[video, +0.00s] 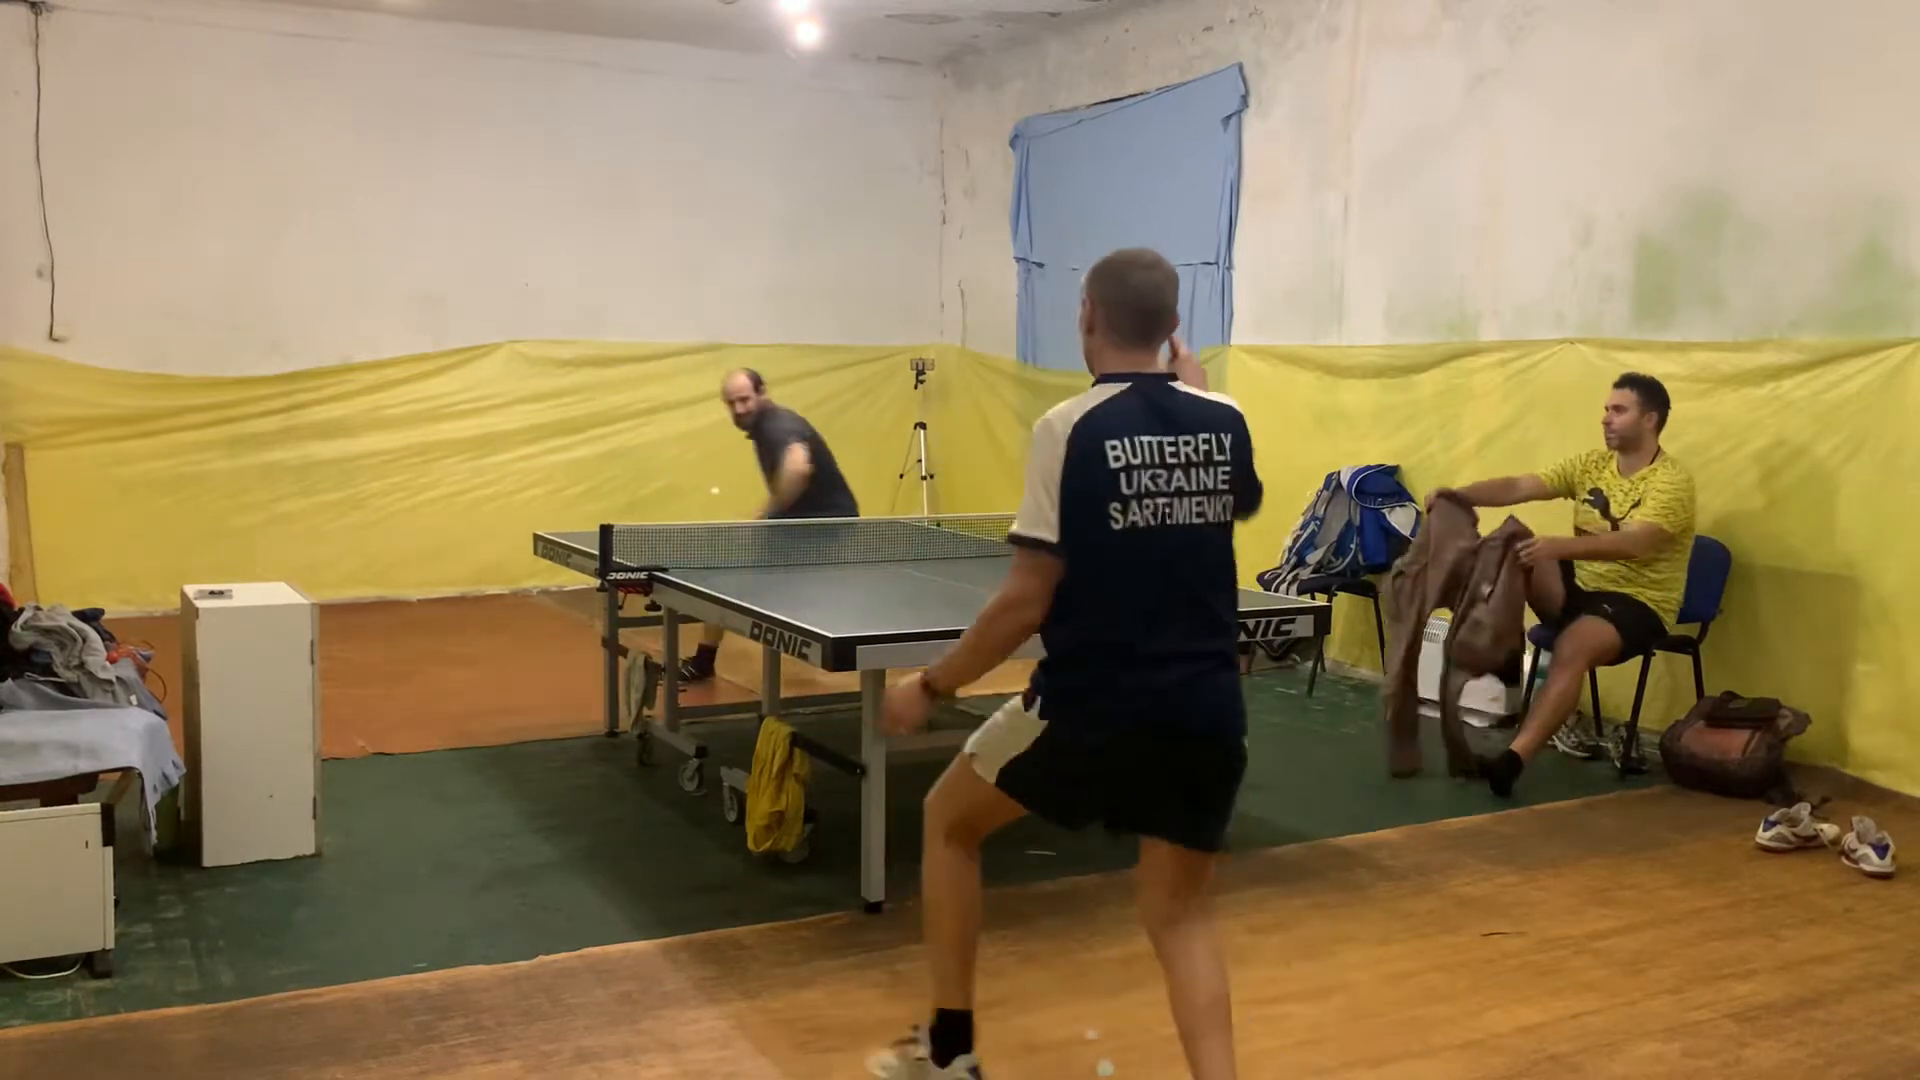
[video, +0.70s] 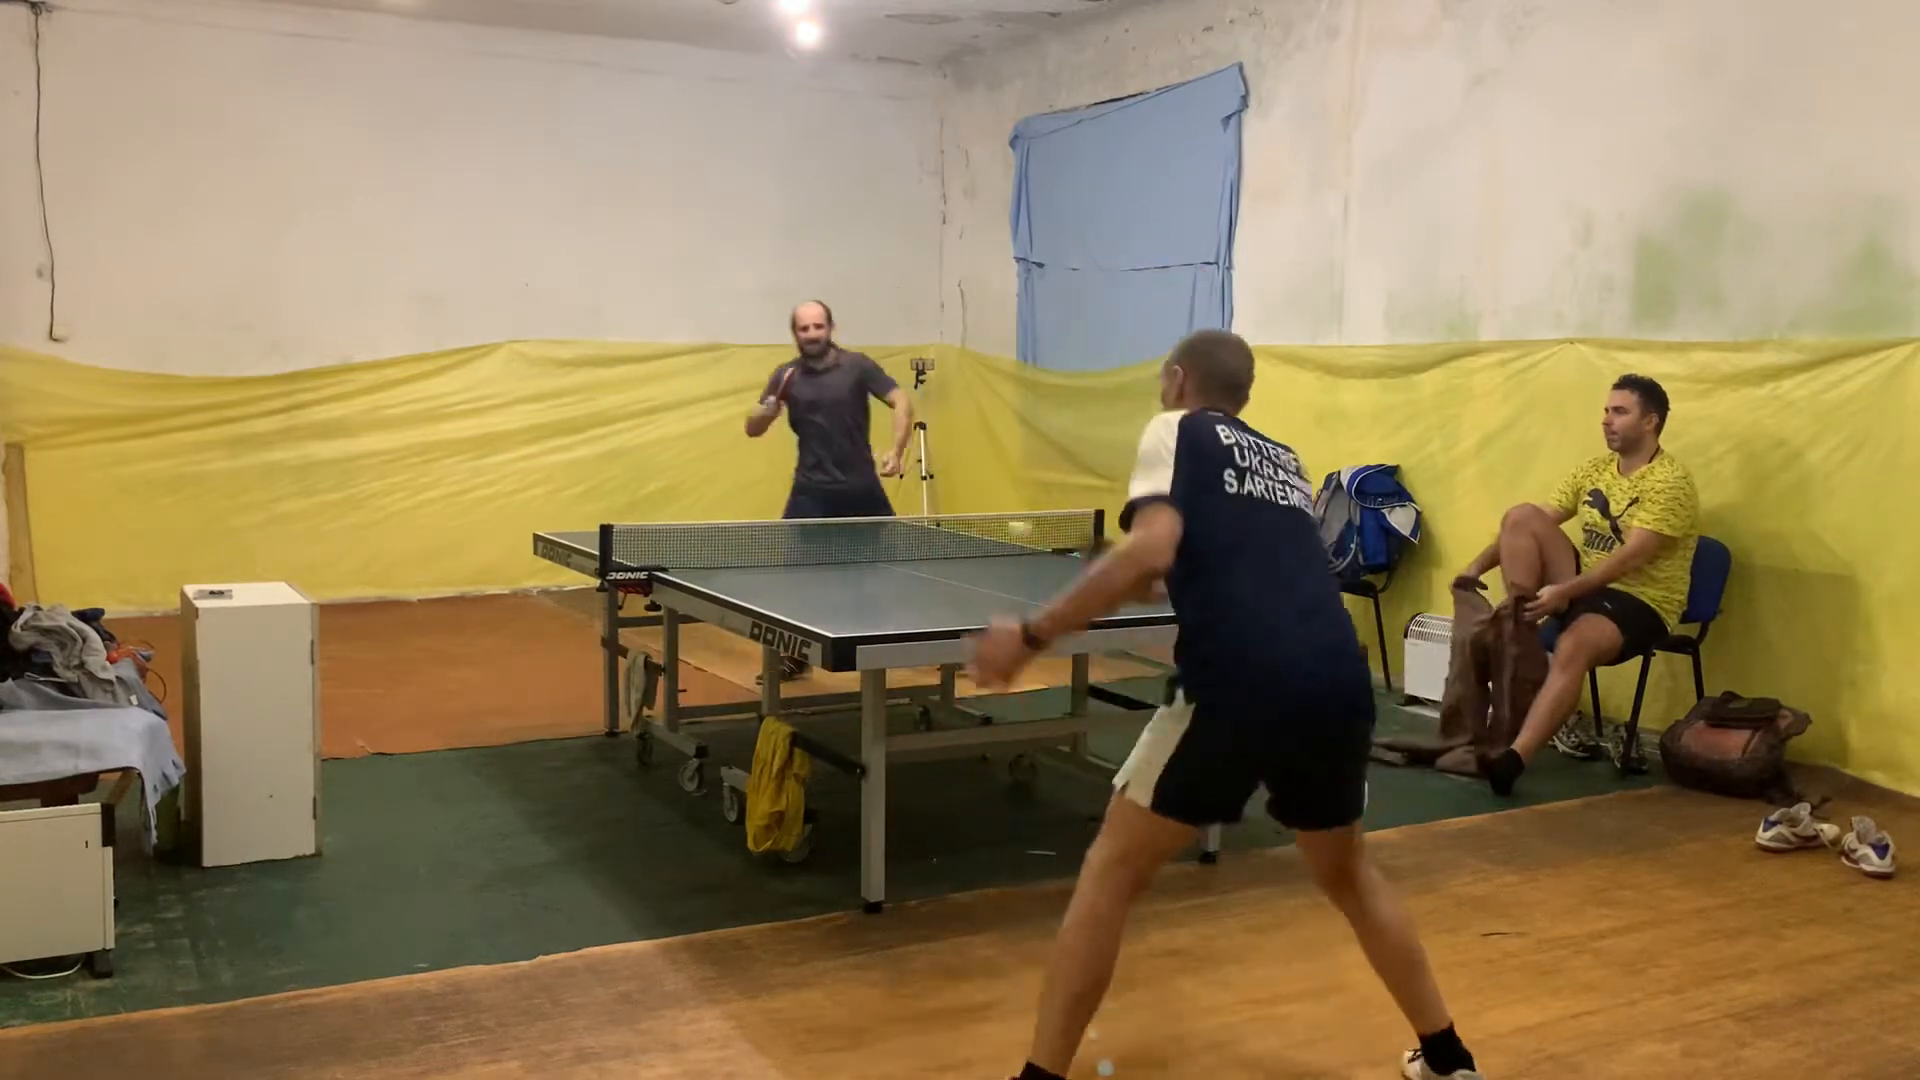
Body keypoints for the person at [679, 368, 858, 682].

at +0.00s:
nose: (738, 410)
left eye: (744, 400)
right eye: (731, 403)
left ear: (762, 395)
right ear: (725, 404)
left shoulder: (779, 423)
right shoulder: (763, 427)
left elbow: (798, 469)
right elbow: (785, 478)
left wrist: (768, 513)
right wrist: (770, 514)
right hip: (800, 525)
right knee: (722, 567)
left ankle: (704, 659)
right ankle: (704, 658)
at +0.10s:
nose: (778, 398)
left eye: (784, 389)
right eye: (774, 390)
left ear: (807, 384)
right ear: (772, 391)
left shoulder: (837, 415)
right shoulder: (799, 422)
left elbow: (879, 462)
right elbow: (816, 475)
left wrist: (848, 502)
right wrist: (808, 515)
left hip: (856, 525)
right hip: (814, 522)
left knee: (867, 597)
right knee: (754, 575)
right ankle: (711, 656)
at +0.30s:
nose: (857, 358)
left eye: (864, 351)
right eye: (853, 353)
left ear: (886, 355)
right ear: (851, 358)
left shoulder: (912, 399)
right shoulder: (845, 391)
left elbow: (928, 450)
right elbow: (810, 374)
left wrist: (886, 468)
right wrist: (834, 323)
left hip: (882, 515)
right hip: (830, 509)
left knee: (905, 587)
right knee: (778, 557)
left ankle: (948, 662)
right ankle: (772, 643)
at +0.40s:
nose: (866, 354)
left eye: (873, 346)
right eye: (860, 348)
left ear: (890, 348)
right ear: (854, 353)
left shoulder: (914, 395)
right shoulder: (847, 386)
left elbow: (929, 446)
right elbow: (816, 369)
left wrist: (888, 468)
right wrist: (854, 331)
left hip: (889, 504)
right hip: (837, 500)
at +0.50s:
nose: (864, 354)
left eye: (871, 347)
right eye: (857, 348)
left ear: (886, 350)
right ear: (849, 354)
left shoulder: (908, 393)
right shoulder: (839, 391)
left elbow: (926, 443)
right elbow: (798, 420)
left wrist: (890, 462)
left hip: (896, 507)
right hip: (842, 504)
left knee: (933, 573)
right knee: (802, 567)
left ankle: (961, 646)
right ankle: (793, 651)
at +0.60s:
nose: (839, 351)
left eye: (846, 344)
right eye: (831, 346)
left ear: (859, 347)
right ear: (823, 352)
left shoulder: (884, 386)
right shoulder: (815, 394)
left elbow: (921, 429)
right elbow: (777, 439)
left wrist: (898, 463)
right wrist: (787, 412)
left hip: (887, 502)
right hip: (835, 502)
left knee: (925, 573)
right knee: (803, 570)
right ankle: (797, 655)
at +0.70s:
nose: (811, 334)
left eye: (818, 326)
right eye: (803, 328)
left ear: (830, 329)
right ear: (794, 334)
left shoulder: (857, 365)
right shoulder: (785, 375)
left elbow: (902, 401)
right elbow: (753, 430)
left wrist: (896, 450)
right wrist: (769, 408)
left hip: (861, 490)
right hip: (811, 492)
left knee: (889, 565)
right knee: (793, 569)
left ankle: (893, 648)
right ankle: (793, 654)